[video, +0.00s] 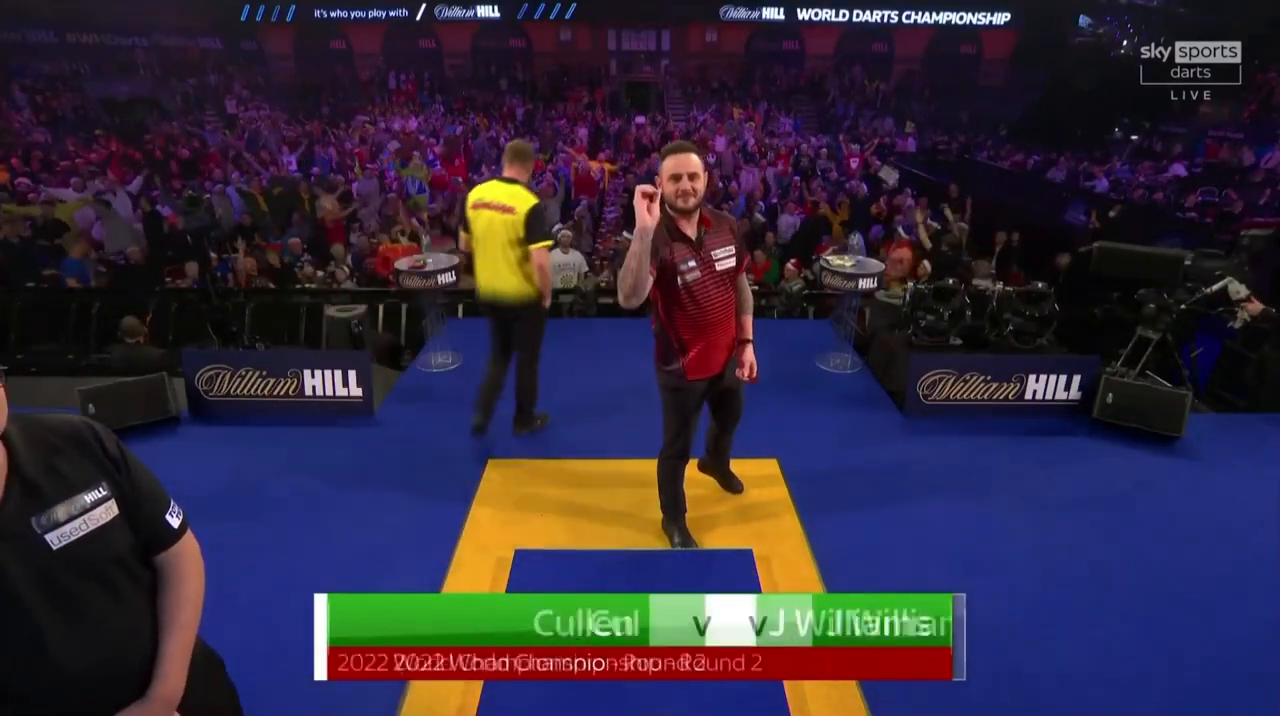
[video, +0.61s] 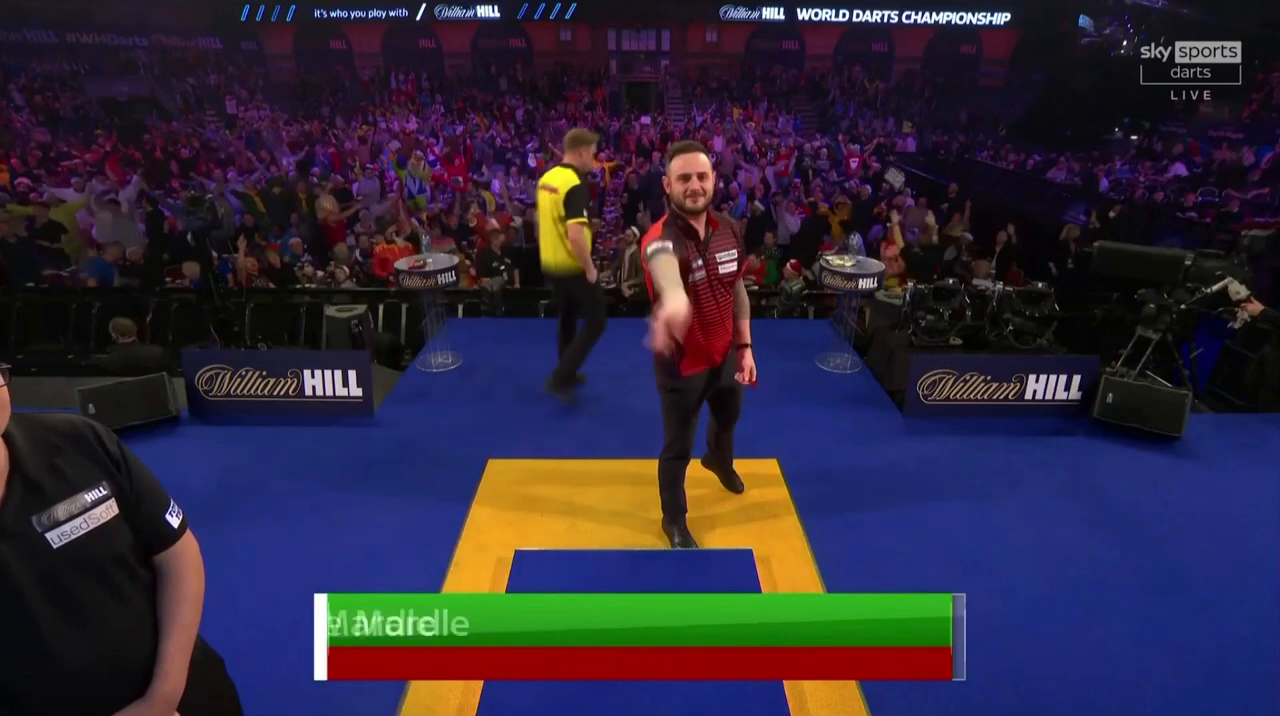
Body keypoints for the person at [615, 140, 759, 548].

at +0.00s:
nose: (685, 185)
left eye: (693, 176)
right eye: (675, 178)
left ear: (705, 181)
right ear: (659, 185)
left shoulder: (722, 225)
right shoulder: (650, 238)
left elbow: (742, 283)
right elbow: (630, 298)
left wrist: (746, 342)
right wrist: (643, 230)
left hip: (725, 353)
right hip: (681, 363)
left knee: (729, 413)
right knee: (678, 446)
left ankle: (714, 461)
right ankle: (673, 519)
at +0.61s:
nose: (695, 185)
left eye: (702, 176)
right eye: (684, 178)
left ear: (713, 180)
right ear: (667, 186)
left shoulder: (725, 228)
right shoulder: (660, 241)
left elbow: (737, 289)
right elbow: (670, 285)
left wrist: (745, 346)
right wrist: (673, 307)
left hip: (724, 354)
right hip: (683, 361)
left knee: (728, 412)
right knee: (678, 447)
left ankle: (719, 457)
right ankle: (674, 520)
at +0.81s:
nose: (697, 188)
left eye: (704, 178)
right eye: (686, 181)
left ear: (714, 181)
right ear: (669, 187)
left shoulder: (726, 229)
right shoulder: (661, 243)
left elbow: (737, 287)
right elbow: (674, 312)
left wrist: (743, 345)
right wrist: (696, 369)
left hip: (722, 355)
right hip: (679, 363)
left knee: (723, 415)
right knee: (677, 445)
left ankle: (713, 462)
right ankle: (674, 520)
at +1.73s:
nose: (693, 188)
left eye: (701, 179)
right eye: (683, 180)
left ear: (713, 183)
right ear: (667, 187)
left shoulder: (729, 229)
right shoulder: (657, 242)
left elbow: (743, 289)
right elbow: (636, 310)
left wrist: (747, 347)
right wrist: (659, 316)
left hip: (724, 354)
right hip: (680, 364)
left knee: (731, 416)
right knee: (679, 445)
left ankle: (714, 462)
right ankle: (674, 520)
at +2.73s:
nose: (711, 194)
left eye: (718, 184)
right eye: (699, 187)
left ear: (729, 187)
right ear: (681, 193)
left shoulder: (741, 238)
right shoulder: (673, 249)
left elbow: (747, 300)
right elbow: (686, 311)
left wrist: (763, 362)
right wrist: (712, 360)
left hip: (736, 363)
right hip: (689, 368)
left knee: (757, 448)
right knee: (682, 456)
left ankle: (730, 501)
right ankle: (674, 520)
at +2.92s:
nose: (720, 202)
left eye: (728, 192)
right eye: (707, 195)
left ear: (739, 195)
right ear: (689, 203)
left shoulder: (750, 245)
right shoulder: (681, 262)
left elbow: (758, 303)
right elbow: (716, 342)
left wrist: (775, 358)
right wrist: (758, 409)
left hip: (742, 384)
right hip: (694, 390)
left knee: (753, 474)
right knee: (685, 462)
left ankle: (737, 573)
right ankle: (675, 518)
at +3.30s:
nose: (771, 221)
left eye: (781, 210)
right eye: (759, 209)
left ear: (793, 214)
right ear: (734, 211)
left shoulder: (801, 275)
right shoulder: (703, 279)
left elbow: (800, 337)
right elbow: (700, 380)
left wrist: (799, 399)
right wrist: (713, 471)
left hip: (770, 419)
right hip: (712, 420)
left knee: (752, 526)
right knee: (712, 506)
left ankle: (744, 606)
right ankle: (697, 523)